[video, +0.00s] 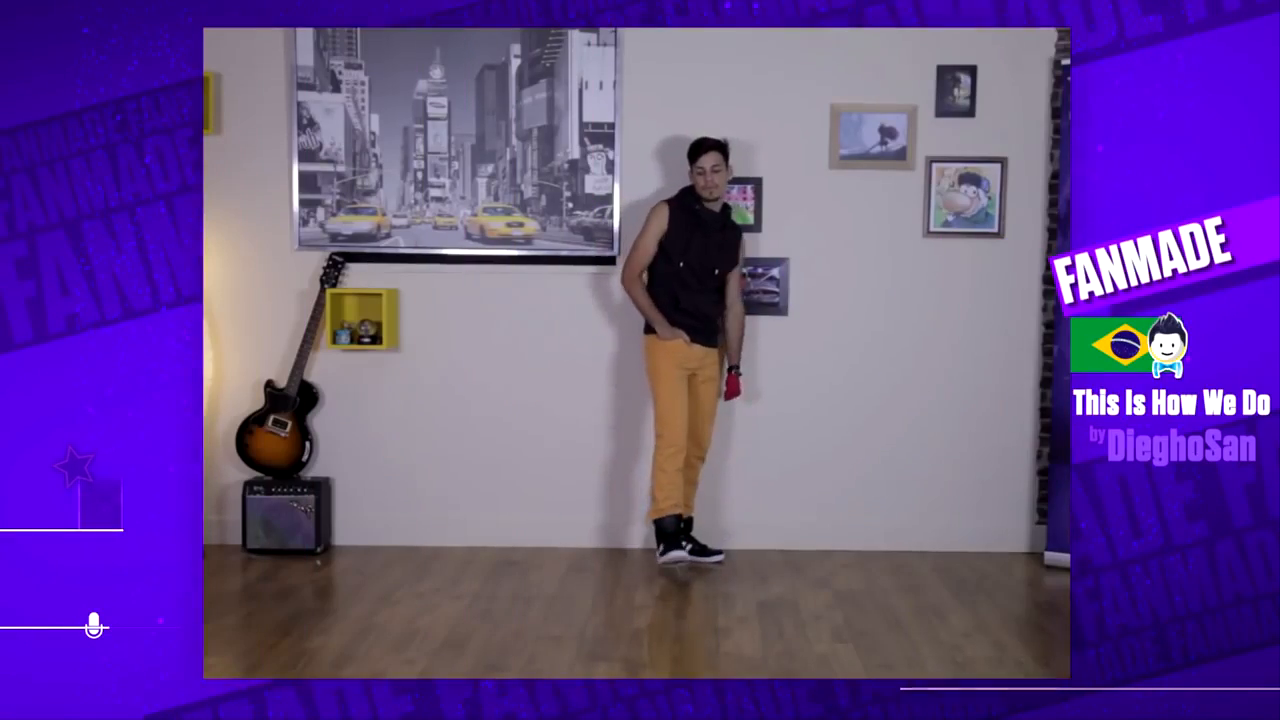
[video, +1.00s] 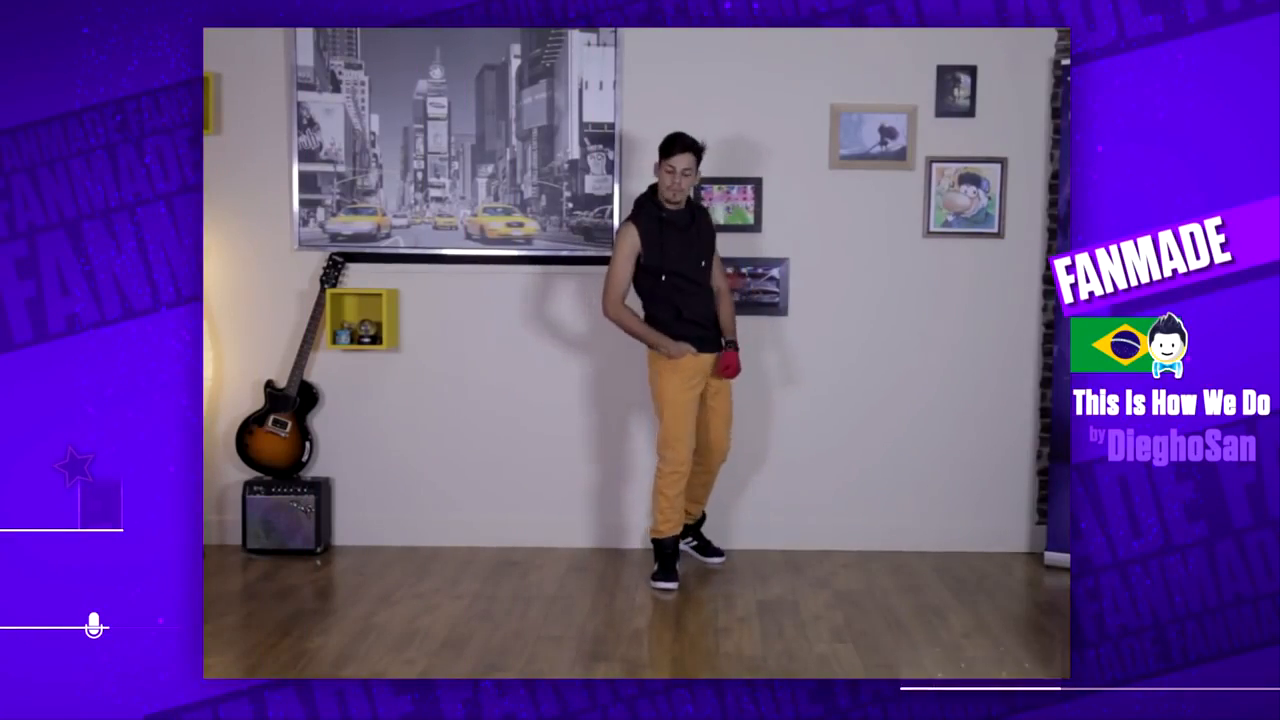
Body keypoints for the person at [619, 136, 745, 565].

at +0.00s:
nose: (708, 178)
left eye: (716, 170)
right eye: (700, 172)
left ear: (729, 173)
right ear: (691, 176)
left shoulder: (731, 232)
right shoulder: (668, 213)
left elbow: (734, 301)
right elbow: (630, 276)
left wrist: (733, 362)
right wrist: (661, 325)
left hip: (711, 350)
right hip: (669, 344)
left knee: (697, 444)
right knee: (672, 439)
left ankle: (683, 532)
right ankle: (667, 535)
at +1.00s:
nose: (677, 181)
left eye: (687, 173)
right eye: (670, 171)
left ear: (697, 177)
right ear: (657, 170)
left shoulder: (702, 221)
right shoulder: (636, 228)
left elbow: (720, 286)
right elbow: (612, 304)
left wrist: (730, 341)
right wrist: (666, 345)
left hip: (715, 353)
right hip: (674, 356)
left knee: (715, 448)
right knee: (676, 455)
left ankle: (689, 527)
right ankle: (664, 552)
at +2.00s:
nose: (703, 172)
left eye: (712, 164)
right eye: (695, 164)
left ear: (726, 171)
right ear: (684, 171)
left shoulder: (741, 237)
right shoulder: (662, 219)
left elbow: (767, 318)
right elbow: (634, 287)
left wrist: (775, 388)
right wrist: (637, 346)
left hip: (716, 366)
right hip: (661, 364)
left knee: (719, 472)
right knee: (664, 471)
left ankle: (731, 579)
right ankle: (669, 555)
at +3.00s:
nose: (729, 160)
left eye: (740, 153)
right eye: (722, 150)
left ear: (755, 161)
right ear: (711, 155)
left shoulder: (775, 215)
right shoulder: (688, 219)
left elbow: (790, 290)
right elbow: (660, 294)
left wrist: (784, 350)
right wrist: (676, 349)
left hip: (762, 368)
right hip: (707, 364)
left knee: (744, 477)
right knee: (688, 470)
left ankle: (734, 577)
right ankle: (686, 541)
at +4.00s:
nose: (696, 153)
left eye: (708, 146)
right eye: (689, 144)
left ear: (724, 157)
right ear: (677, 151)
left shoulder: (746, 219)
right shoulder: (649, 215)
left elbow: (764, 305)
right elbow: (612, 293)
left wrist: (720, 289)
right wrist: (644, 354)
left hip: (735, 376)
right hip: (673, 375)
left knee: (758, 481)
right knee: (660, 489)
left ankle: (750, 576)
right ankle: (644, 598)